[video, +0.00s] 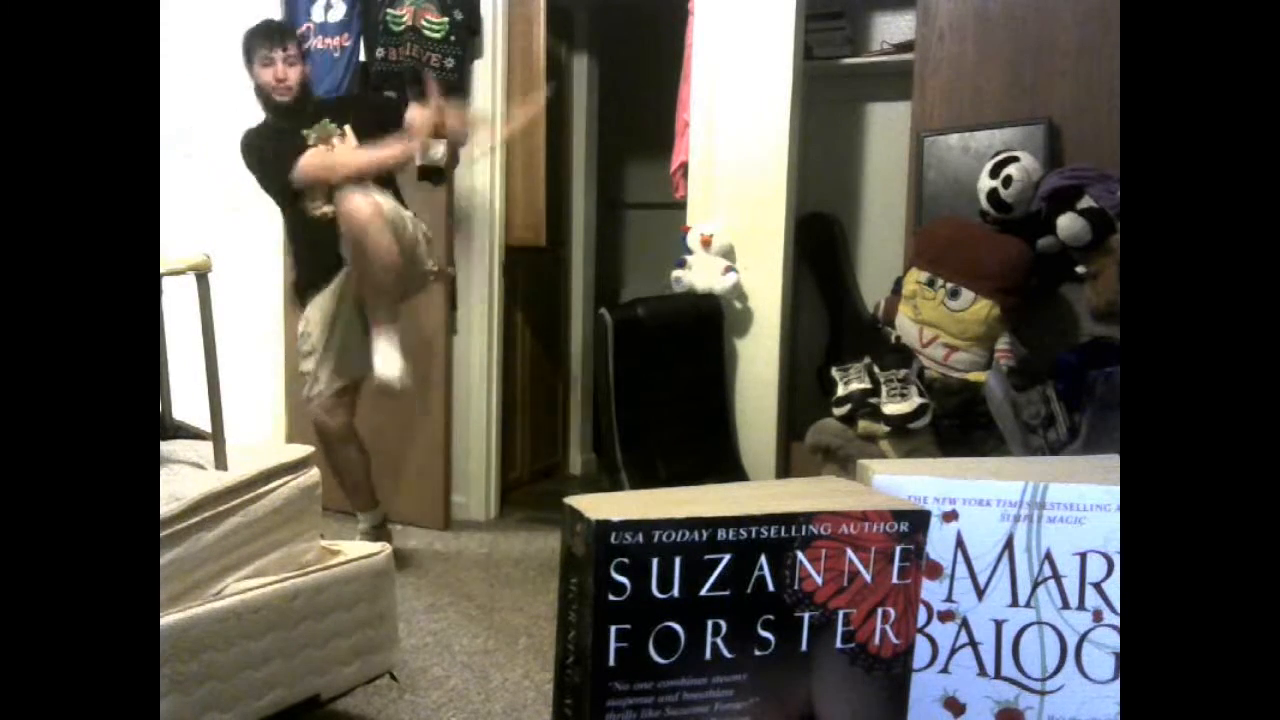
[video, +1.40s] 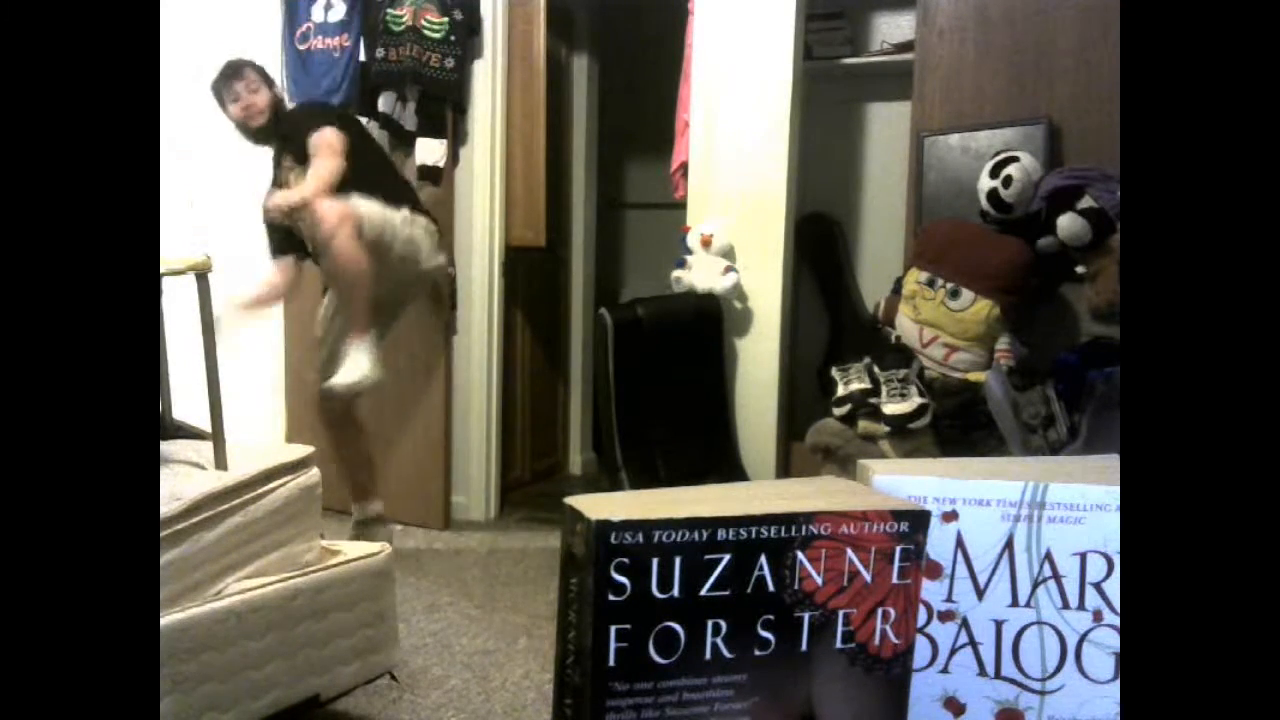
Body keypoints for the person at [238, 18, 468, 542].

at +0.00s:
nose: (282, 74)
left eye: (290, 61)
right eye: (269, 64)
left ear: (305, 64)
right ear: (252, 73)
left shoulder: (353, 108)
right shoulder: (259, 142)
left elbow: (425, 119)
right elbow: (322, 169)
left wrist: (446, 120)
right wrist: (408, 143)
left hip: (391, 256)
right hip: (328, 285)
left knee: (357, 203)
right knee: (329, 418)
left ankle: (382, 329)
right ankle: (374, 525)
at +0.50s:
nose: (265, 90)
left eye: (269, 81)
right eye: (250, 87)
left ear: (282, 89)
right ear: (236, 108)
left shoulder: (335, 124)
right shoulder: (244, 180)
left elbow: (420, 117)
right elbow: (279, 166)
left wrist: (412, 39)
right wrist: (322, 110)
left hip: (390, 253)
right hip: (337, 302)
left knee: (427, 175)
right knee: (342, 420)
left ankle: (440, 323)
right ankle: (372, 526)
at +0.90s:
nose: (268, 98)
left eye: (270, 89)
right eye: (254, 95)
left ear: (284, 94)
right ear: (243, 114)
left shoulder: (340, 122)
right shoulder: (258, 178)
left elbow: (370, 54)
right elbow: (243, 128)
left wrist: (331, 4)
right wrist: (268, 45)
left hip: (392, 245)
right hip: (336, 290)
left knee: (434, 151)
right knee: (340, 414)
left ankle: (437, 297)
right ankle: (370, 524)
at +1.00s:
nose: (262, 92)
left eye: (265, 81)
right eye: (251, 92)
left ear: (286, 85)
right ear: (247, 114)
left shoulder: (339, 114)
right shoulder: (262, 182)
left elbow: (362, 28)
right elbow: (210, 168)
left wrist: (311, 4)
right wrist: (212, 103)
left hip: (390, 250)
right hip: (337, 297)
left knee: (415, 168)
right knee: (344, 414)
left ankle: (425, 311)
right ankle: (372, 524)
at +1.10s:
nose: (260, 82)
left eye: (266, 70)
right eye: (249, 78)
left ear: (286, 70)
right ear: (240, 94)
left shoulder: (329, 95)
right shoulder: (267, 175)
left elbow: (346, 15)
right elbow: (220, 225)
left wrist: (289, 9)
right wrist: (196, 176)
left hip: (399, 234)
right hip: (345, 278)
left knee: (384, 157)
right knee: (358, 404)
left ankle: (402, 300)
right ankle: (375, 518)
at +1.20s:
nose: (258, 82)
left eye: (264, 69)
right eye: (244, 79)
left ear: (282, 70)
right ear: (236, 96)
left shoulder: (324, 95)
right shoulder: (265, 177)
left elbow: (336, 24)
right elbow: (237, 248)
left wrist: (300, 19)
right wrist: (212, 224)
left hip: (409, 236)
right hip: (353, 277)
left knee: (362, 162)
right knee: (363, 405)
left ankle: (391, 301)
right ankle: (376, 523)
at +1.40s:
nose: (246, 103)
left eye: (251, 89)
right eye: (234, 100)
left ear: (271, 88)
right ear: (228, 115)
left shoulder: (311, 117)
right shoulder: (278, 188)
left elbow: (329, 158)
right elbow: (285, 274)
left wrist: (297, 195)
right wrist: (251, 300)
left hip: (410, 245)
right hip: (355, 276)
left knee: (327, 210)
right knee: (333, 399)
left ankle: (359, 343)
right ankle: (369, 517)